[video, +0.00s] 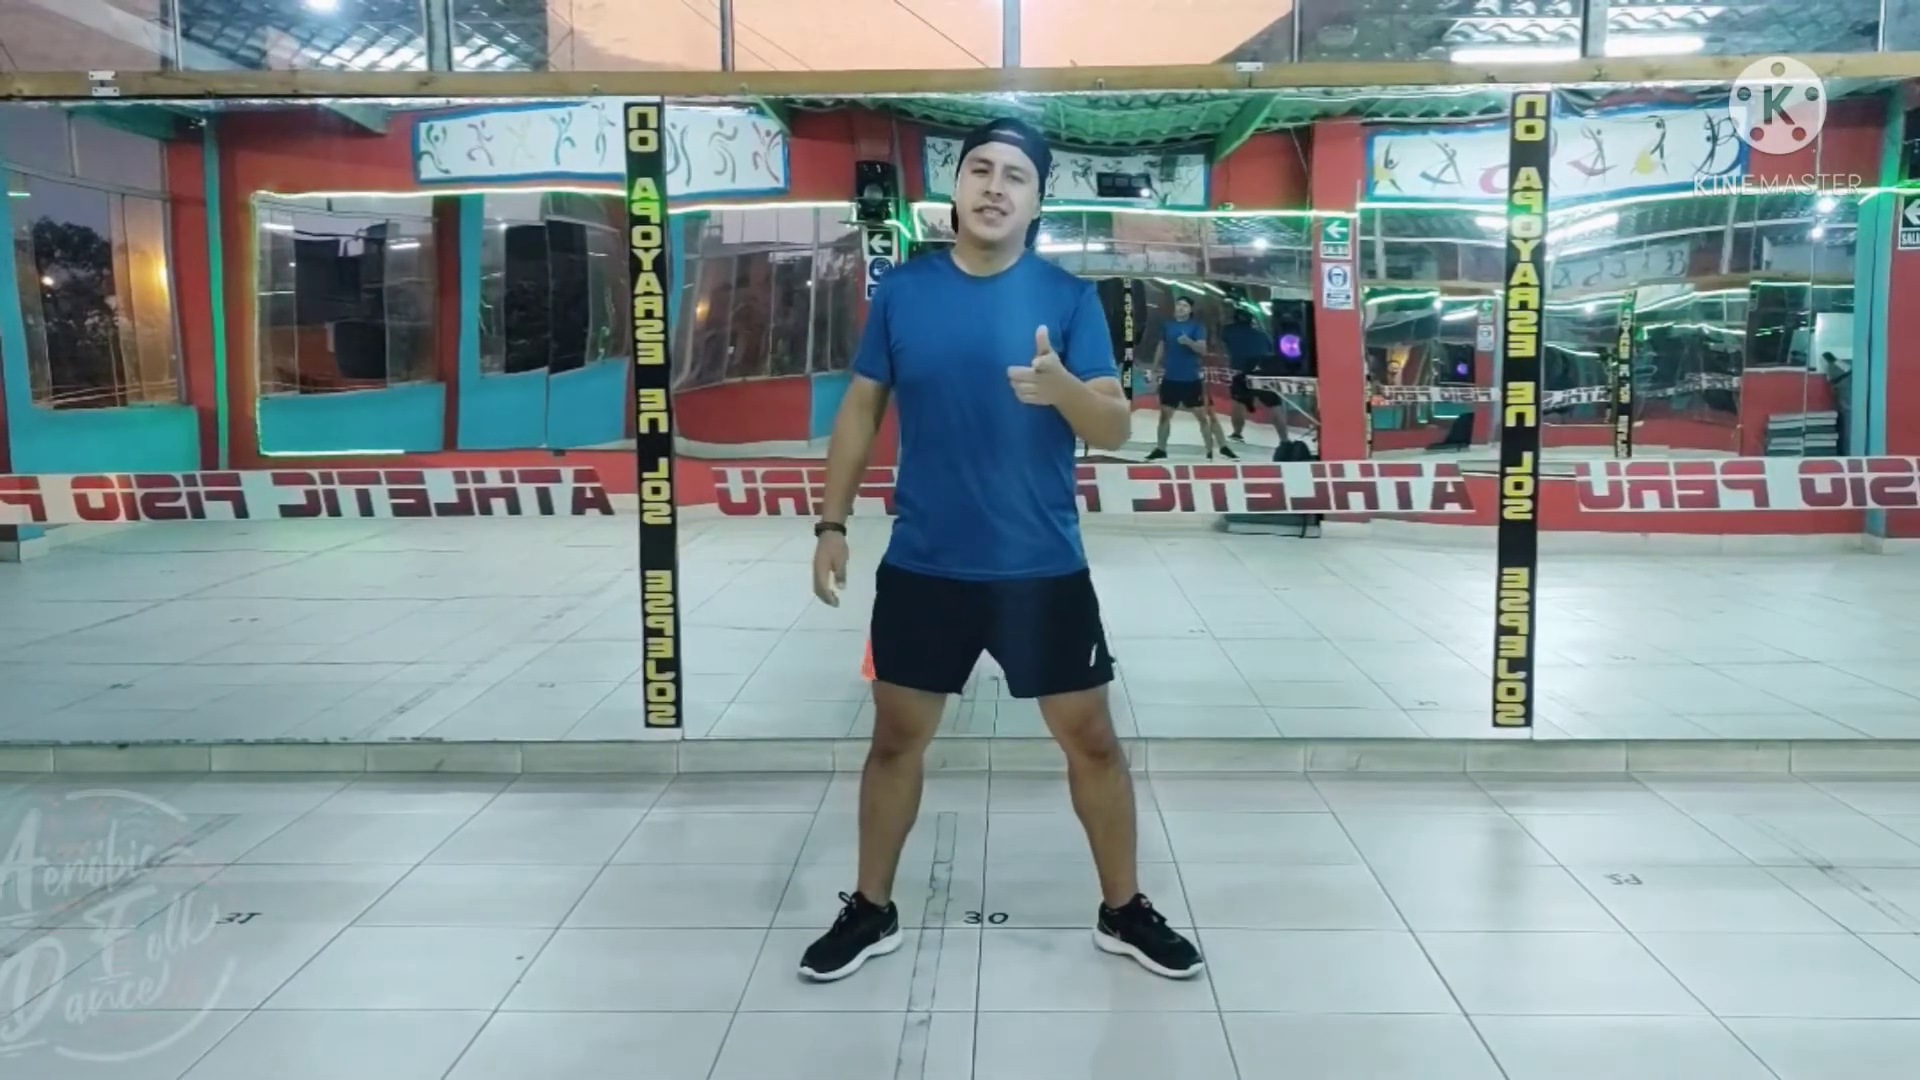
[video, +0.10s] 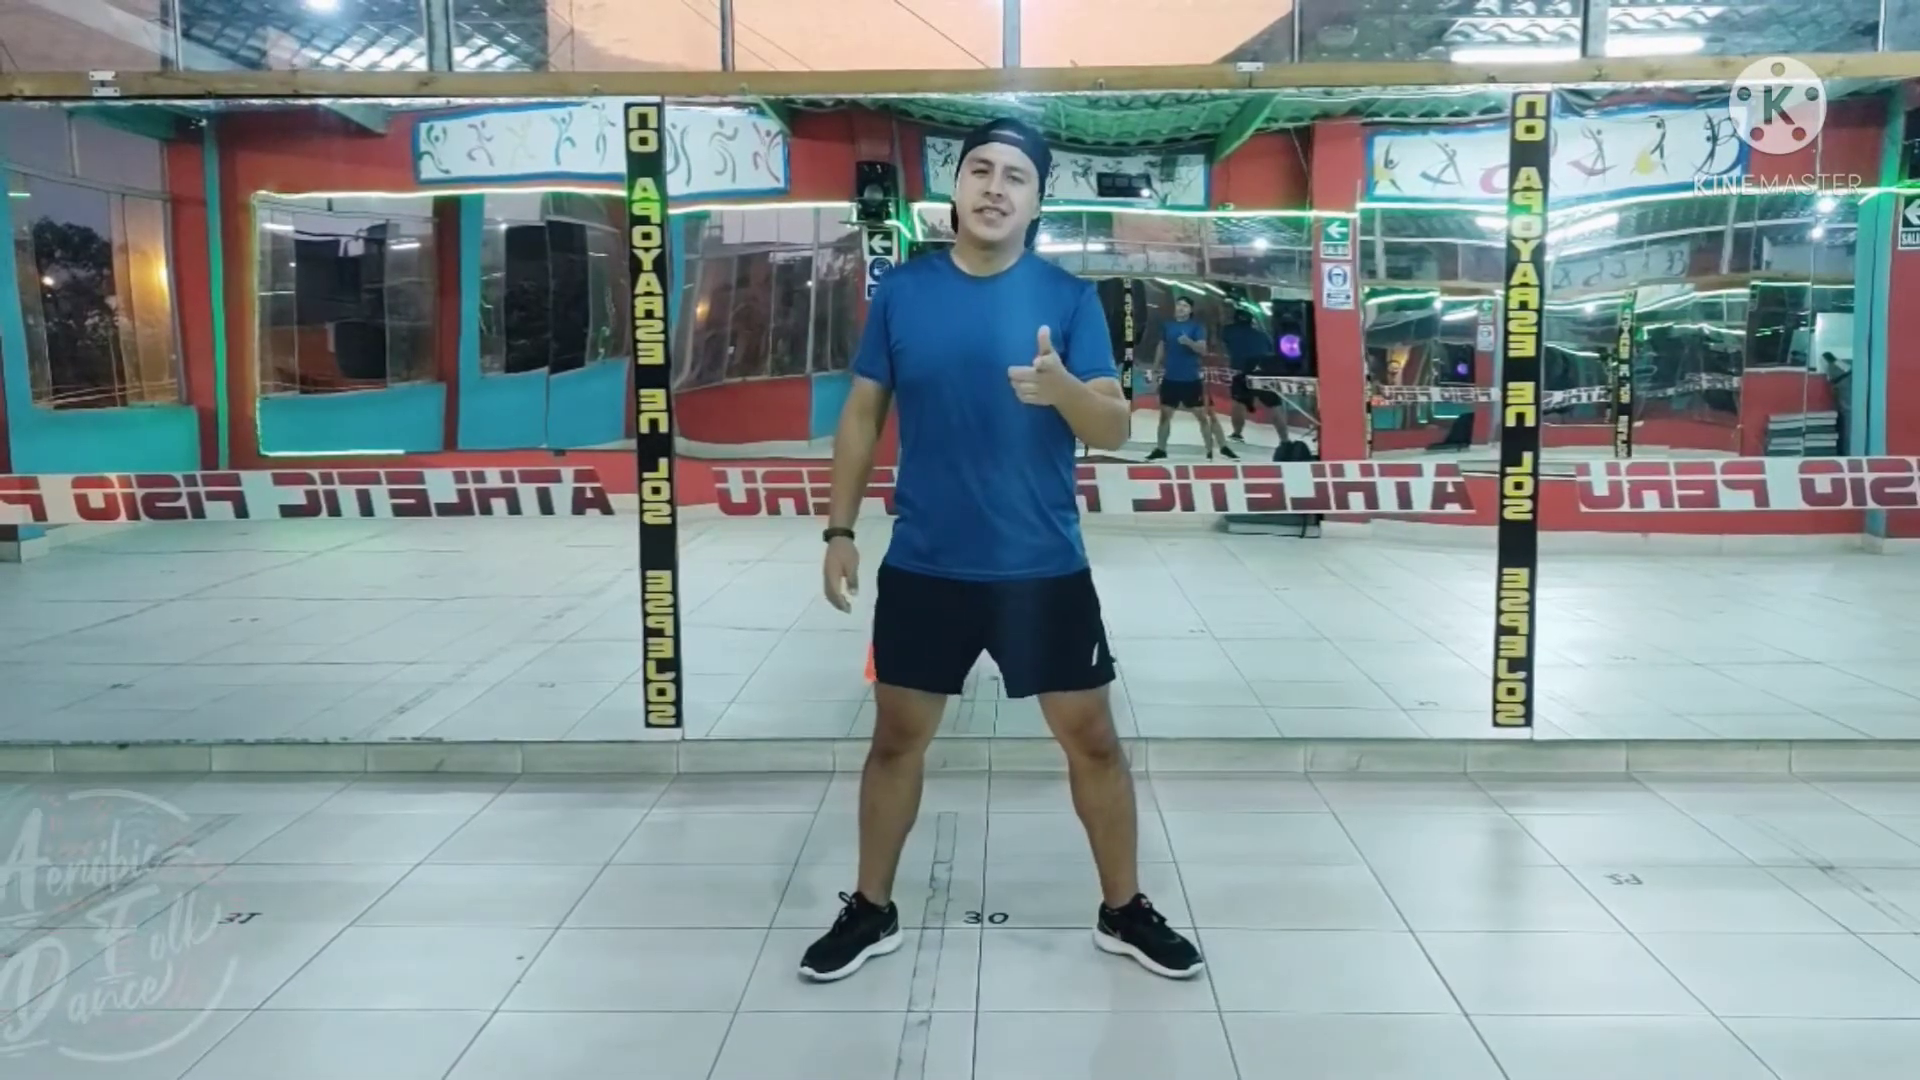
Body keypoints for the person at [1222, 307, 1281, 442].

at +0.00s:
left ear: (1235, 319)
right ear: (1251, 320)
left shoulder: (1229, 332)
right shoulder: (1260, 334)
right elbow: (1271, 351)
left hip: (1241, 367)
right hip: (1264, 368)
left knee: (1239, 401)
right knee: (1274, 405)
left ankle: (1237, 433)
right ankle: (1284, 440)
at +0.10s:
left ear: (1235, 319)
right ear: (1251, 321)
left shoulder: (1229, 332)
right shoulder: (1261, 334)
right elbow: (1271, 350)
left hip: (1241, 368)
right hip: (1264, 368)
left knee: (1239, 401)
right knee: (1275, 405)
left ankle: (1237, 433)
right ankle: (1285, 440)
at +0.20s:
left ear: (1235, 319)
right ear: (1251, 320)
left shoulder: (1229, 332)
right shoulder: (1260, 334)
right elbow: (1271, 350)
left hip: (1241, 369)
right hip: (1264, 369)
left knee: (1239, 402)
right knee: (1275, 406)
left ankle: (1237, 433)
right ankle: (1285, 440)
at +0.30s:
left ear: (1235, 319)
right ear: (1251, 320)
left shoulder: (1229, 332)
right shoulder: (1260, 334)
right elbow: (1271, 351)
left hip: (1241, 369)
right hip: (1264, 370)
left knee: (1240, 402)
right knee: (1275, 406)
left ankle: (1238, 433)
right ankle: (1285, 440)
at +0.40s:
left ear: (1235, 319)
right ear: (1251, 321)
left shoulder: (1230, 332)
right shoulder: (1261, 335)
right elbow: (1271, 350)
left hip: (1241, 369)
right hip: (1264, 370)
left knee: (1239, 402)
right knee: (1275, 406)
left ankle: (1238, 433)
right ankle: (1285, 440)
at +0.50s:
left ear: (1235, 319)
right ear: (1251, 320)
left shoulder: (1230, 331)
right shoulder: (1261, 334)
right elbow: (1271, 350)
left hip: (1241, 368)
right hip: (1264, 370)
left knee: (1239, 401)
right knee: (1275, 405)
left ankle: (1238, 433)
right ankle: (1285, 440)